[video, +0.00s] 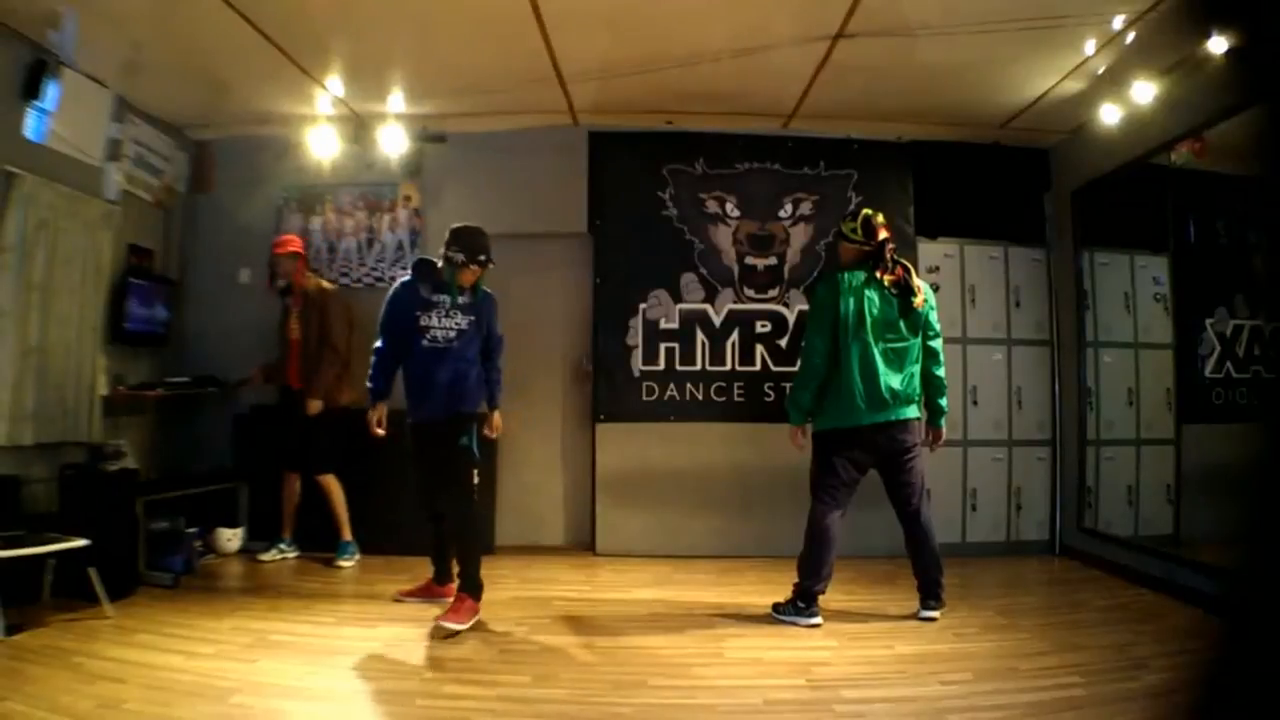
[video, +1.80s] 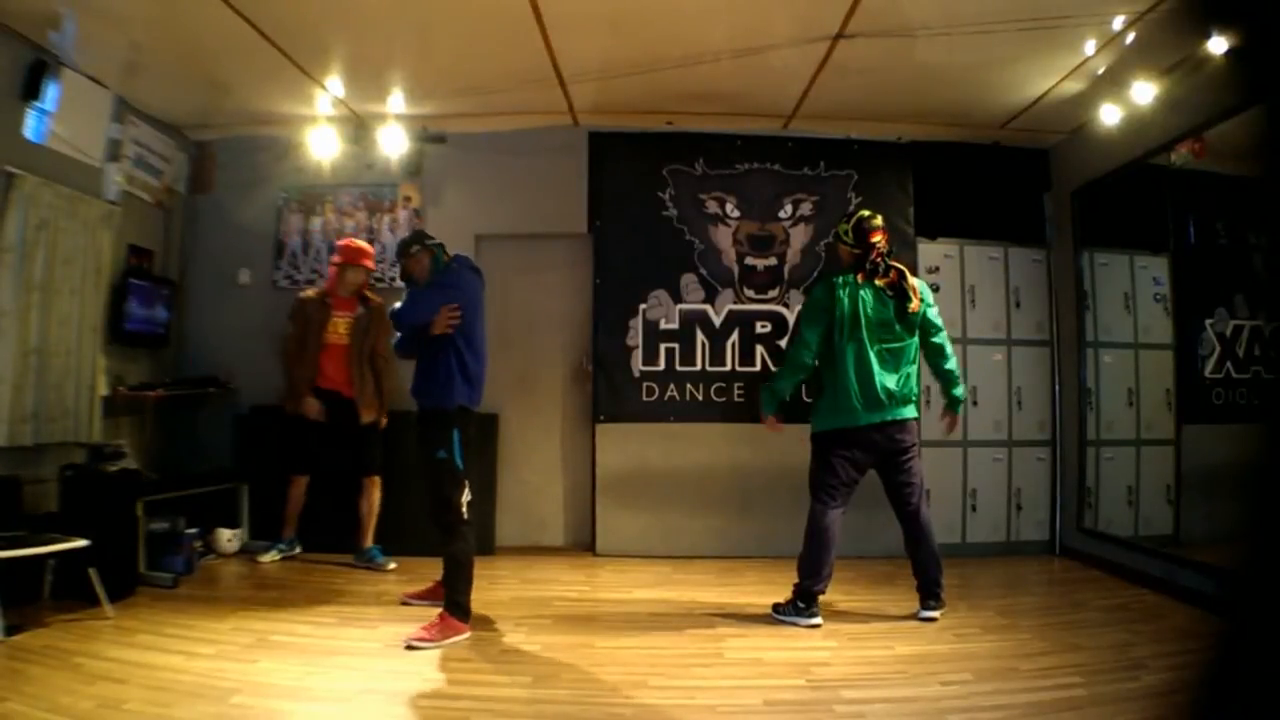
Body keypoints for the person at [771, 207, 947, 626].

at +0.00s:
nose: (835, 248)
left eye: (841, 242)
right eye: (838, 241)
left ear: (857, 247)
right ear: (881, 246)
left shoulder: (834, 286)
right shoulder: (917, 289)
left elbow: (816, 355)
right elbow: (933, 358)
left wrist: (799, 410)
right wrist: (936, 413)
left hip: (844, 419)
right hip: (901, 420)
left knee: (827, 508)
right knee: (915, 510)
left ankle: (806, 600)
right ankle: (931, 598)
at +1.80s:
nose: (835, 250)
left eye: (840, 245)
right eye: (838, 243)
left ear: (852, 249)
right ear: (880, 246)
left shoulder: (830, 290)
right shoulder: (912, 288)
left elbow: (804, 352)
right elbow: (938, 344)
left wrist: (773, 396)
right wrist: (954, 392)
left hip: (842, 422)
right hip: (899, 420)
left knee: (827, 506)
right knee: (914, 508)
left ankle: (806, 600)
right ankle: (931, 598)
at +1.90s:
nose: (832, 250)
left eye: (837, 245)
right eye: (836, 243)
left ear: (850, 249)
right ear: (878, 247)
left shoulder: (830, 287)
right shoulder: (911, 286)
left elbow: (793, 338)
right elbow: (944, 332)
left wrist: (742, 373)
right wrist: (977, 366)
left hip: (841, 420)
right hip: (898, 420)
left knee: (827, 505)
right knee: (913, 507)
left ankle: (806, 600)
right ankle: (932, 598)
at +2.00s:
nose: (834, 250)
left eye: (838, 245)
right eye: (837, 243)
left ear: (851, 249)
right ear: (879, 246)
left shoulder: (830, 287)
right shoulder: (910, 285)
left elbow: (783, 325)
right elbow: (954, 321)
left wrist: (722, 332)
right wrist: (998, 331)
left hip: (841, 421)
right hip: (897, 419)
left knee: (827, 505)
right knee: (913, 507)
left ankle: (807, 600)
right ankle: (931, 597)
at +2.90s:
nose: (835, 248)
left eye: (841, 243)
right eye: (838, 241)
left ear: (854, 248)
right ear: (884, 246)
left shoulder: (830, 285)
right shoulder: (914, 284)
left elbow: (797, 344)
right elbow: (948, 333)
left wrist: (756, 387)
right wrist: (987, 360)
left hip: (844, 418)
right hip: (899, 418)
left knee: (829, 504)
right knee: (915, 507)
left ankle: (806, 600)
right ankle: (931, 597)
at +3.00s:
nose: (835, 246)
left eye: (842, 240)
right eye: (838, 238)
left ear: (858, 247)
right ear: (882, 245)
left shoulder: (830, 288)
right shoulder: (916, 286)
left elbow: (819, 354)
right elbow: (932, 349)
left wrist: (816, 408)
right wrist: (938, 397)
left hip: (848, 417)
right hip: (901, 418)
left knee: (829, 504)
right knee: (915, 507)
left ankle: (806, 599)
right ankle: (931, 597)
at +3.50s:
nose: (842, 243)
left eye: (848, 236)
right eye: (846, 235)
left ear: (863, 245)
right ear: (887, 246)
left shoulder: (837, 285)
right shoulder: (918, 285)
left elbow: (807, 341)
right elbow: (924, 349)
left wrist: (843, 349)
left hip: (847, 416)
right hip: (903, 417)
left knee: (830, 505)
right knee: (916, 507)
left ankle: (806, 600)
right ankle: (932, 598)